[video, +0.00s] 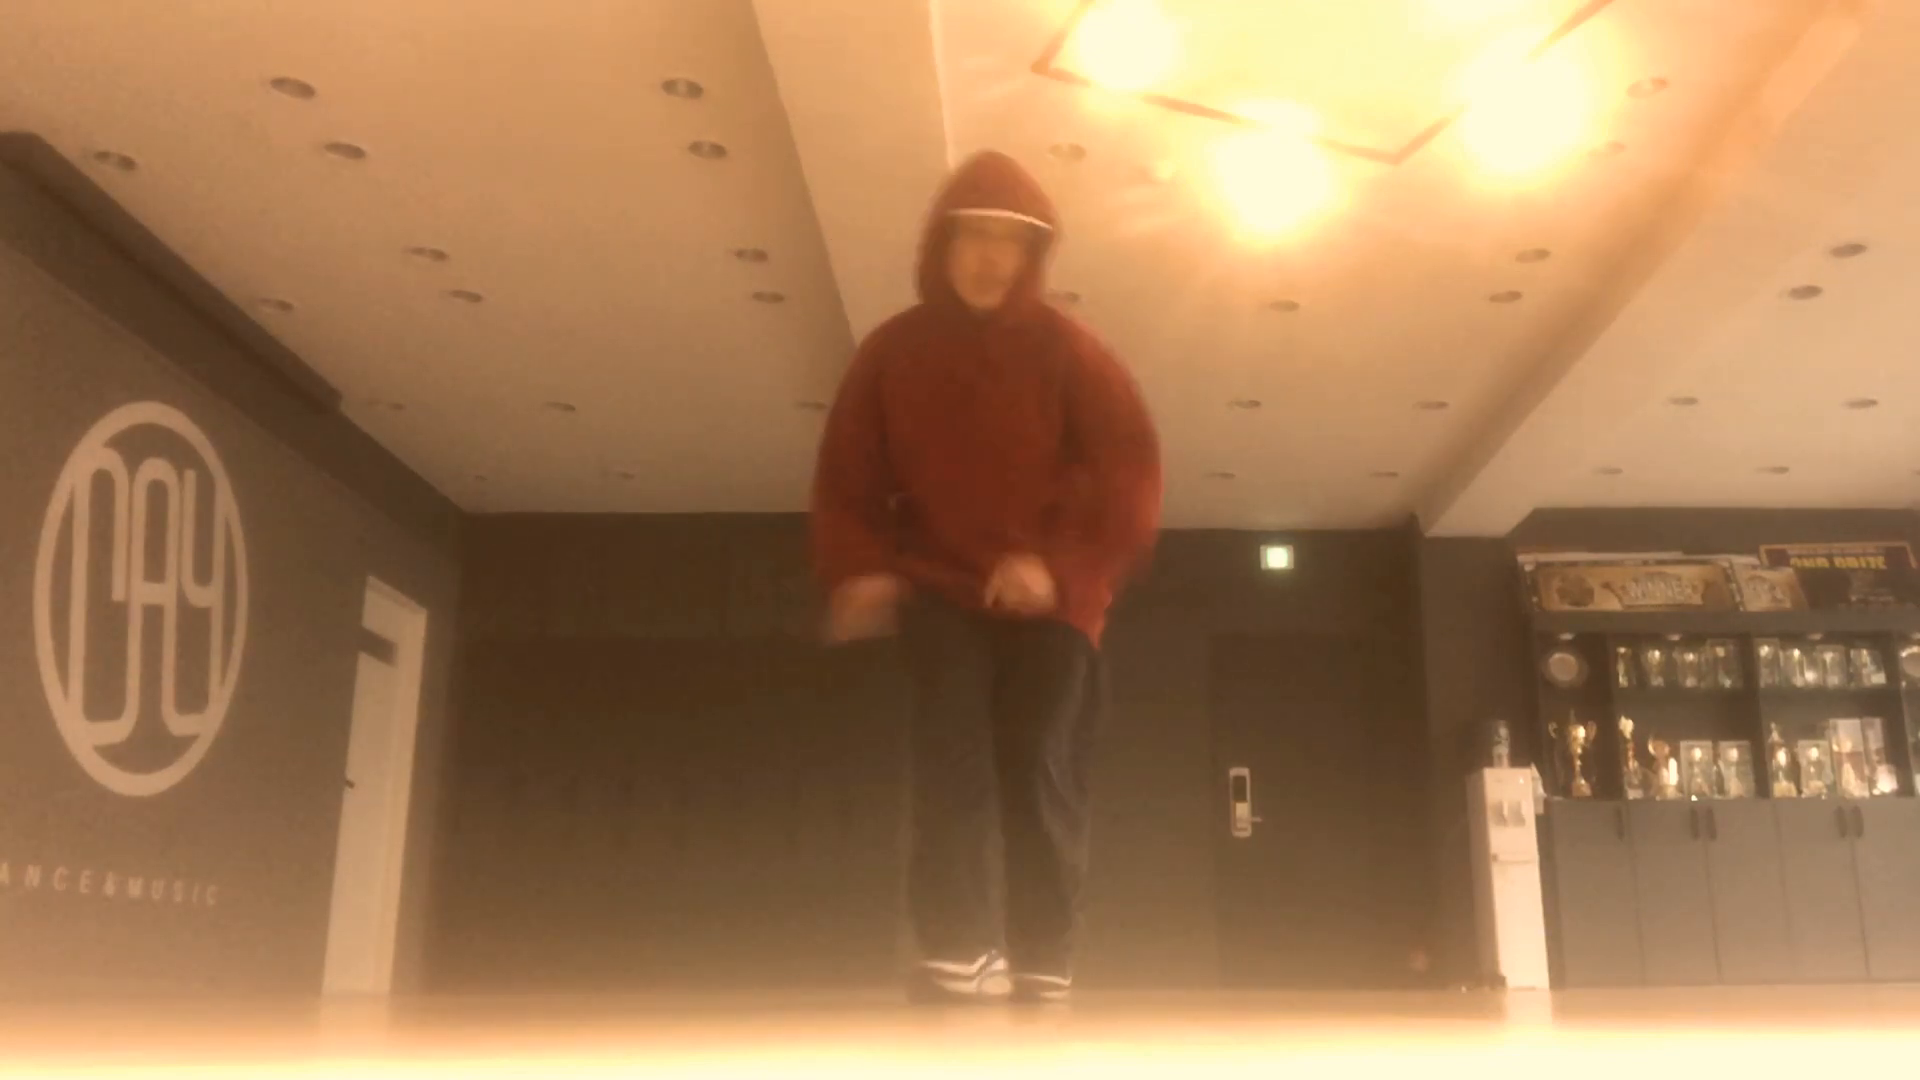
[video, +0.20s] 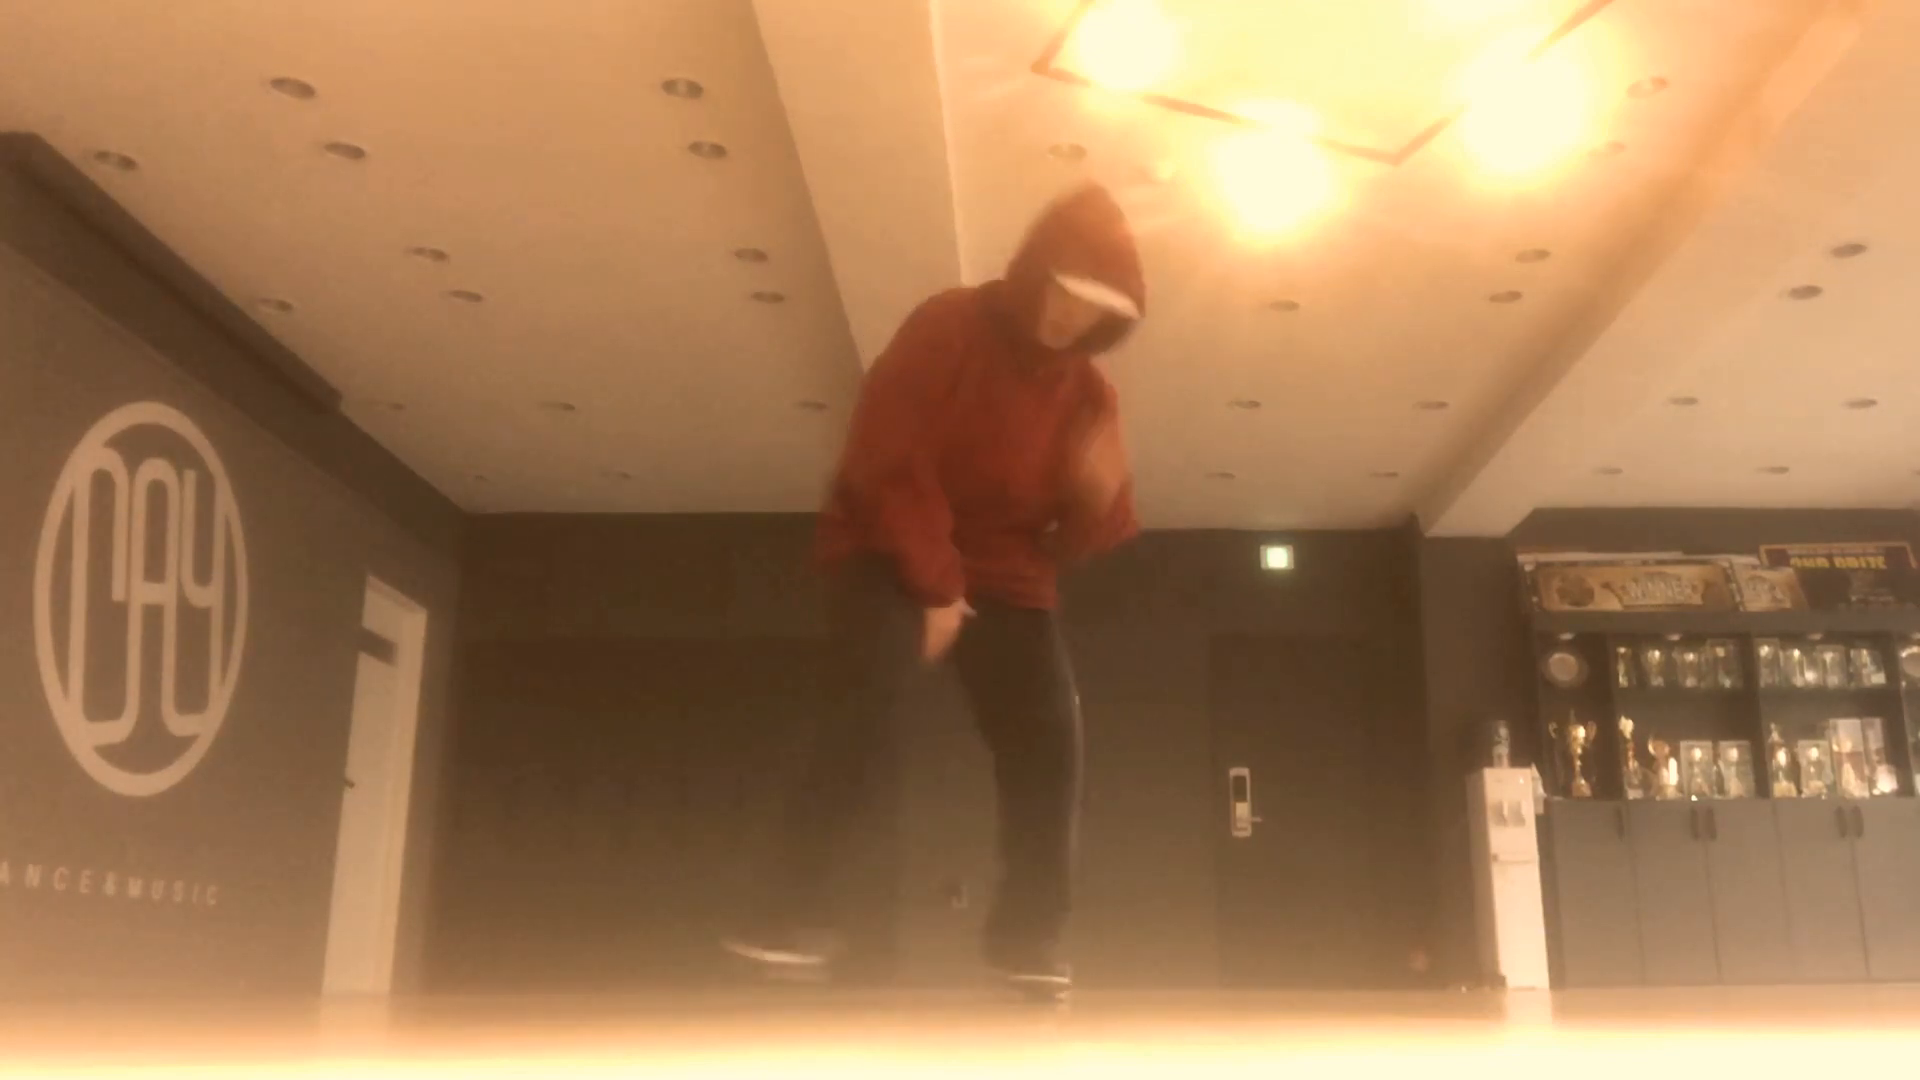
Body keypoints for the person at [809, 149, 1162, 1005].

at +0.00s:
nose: (987, 257)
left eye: (1007, 241)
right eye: (971, 238)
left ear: (1032, 253)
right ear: (943, 246)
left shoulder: (1069, 352)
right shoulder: (893, 352)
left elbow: (1127, 475)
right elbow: (845, 475)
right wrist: (857, 567)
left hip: (1050, 597)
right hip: (935, 592)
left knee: (1041, 772)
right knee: (949, 769)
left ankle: (1044, 956)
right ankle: (956, 949)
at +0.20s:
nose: (1075, 323)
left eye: (1098, 312)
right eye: (1070, 297)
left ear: (1112, 317)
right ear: (1035, 276)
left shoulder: (1084, 389)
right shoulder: (948, 327)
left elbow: (1089, 538)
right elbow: (884, 458)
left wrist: (1097, 493)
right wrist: (939, 584)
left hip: (1004, 564)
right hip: (894, 547)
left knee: (1048, 729)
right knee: (866, 705)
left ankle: (1027, 940)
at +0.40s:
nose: (1088, 423)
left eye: (1106, 417)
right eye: (1095, 402)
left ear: (1107, 415)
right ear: (1071, 362)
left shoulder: (1055, 446)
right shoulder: (958, 356)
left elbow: (1024, 574)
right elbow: (882, 471)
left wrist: (1103, 486)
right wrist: (880, 608)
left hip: (925, 597)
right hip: (809, 573)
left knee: (993, 736)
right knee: (757, 740)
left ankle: (1001, 941)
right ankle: (640, 932)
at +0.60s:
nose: (976, 572)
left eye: (992, 570)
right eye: (979, 559)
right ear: (969, 507)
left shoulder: (1001, 494)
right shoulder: (879, 440)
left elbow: (920, 643)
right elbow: (752, 532)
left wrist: (954, 618)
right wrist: (810, 631)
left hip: (868, 601)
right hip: (768, 578)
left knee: (932, 744)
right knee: (748, 753)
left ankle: (987, 948)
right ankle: (636, 949)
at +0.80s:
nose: (936, 500)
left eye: (952, 484)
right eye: (919, 485)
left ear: (980, 446)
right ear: (880, 432)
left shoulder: (1004, 421)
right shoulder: (816, 400)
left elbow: (1026, 555)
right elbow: (771, 545)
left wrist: (962, 549)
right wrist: (855, 610)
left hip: (936, 589)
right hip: (826, 582)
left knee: (978, 748)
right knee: (765, 744)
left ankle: (995, 940)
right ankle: (637, 926)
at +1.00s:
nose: (957, 442)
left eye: (964, 427)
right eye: (939, 431)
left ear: (969, 398)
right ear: (890, 407)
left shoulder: (952, 393)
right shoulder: (791, 409)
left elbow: (1014, 514)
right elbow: (790, 574)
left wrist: (1003, 476)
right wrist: (878, 631)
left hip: (953, 579)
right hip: (847, 593)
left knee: (1051, 725)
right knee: (832, 770)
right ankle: (818, 955)